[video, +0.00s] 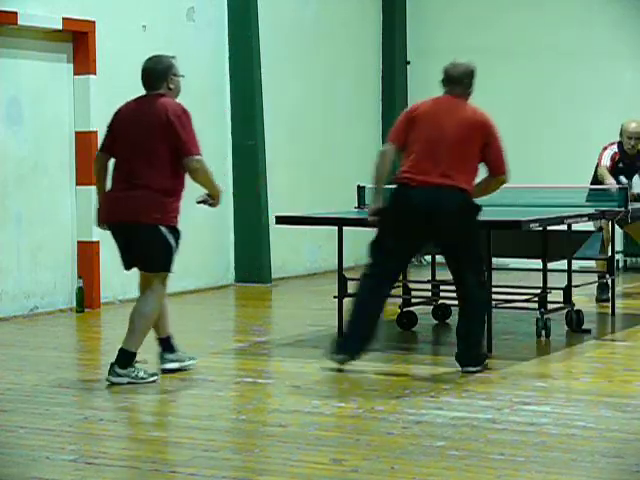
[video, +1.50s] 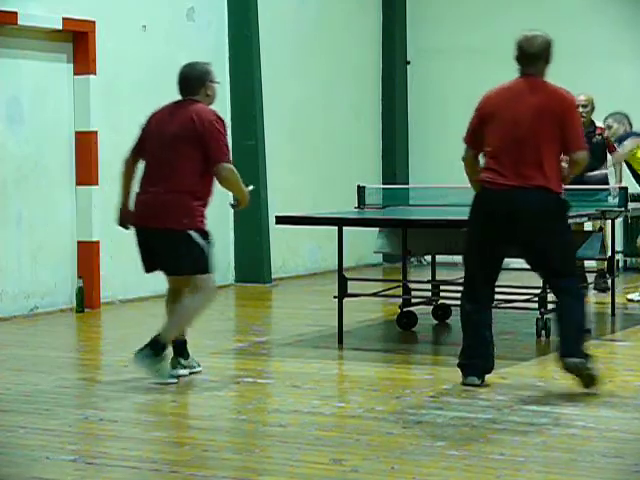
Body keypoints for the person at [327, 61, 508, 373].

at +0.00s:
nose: (461, 89)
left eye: (456, 82)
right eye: (466, 85)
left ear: (444, 83)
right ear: (470, 86)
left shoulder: (418, 110)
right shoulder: (481, 122)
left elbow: (387, 152)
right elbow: (498, 177)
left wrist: (377, 198)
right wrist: (466, 194)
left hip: (408, 204)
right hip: (453, 208)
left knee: (380, 273)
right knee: (471, 282)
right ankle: (470, 358)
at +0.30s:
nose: (440, 102)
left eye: (439, 98)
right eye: (440, 98)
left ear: (409, 95)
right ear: (436, 98)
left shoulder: (381, 121)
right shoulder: (436, 125)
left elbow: (351, 169)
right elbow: (447, 173)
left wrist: (354, 209)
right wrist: (456, 206)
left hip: (365, 208)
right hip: (408, 211)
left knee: (351, 278)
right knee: (443, 277)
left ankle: (318, 349)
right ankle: (463, 353)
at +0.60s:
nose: (495, 122)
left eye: (496, 116)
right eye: (494, 116)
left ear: (473, 108)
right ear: (483, 114)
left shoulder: (445, 125)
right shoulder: (455, 136)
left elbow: (453, 191)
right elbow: (458, 198)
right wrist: (503, 204)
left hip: (370, 197)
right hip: (398, 208)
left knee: (352, 274)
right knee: (438, 275)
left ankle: (306, 341)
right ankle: (450, 356)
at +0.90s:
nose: (529, 112)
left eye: (530, 106)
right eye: (531, 107)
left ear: (501, 95)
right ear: (527, 109)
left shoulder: (466, 111)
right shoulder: (512, 146)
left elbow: (423, 145)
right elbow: (495, 203)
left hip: (407, 192)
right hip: (443, 211)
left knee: (397, 259)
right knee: (472, 281)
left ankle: (359, 324)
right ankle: (453, 357)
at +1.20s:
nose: (515, 56)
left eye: (500, 50)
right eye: (515, 51)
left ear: (484, 52)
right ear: (515, 53)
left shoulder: (460, 88)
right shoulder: (522, 92)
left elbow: (443, 138)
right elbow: (540, 147)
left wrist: (469, 155)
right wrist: (561, 147)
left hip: (453, 193)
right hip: (497, 196)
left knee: (461, 270)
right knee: (489, 274)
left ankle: (469, 352)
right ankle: (471, 354)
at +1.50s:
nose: (539, 65)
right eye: (544, 58)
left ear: (516, 60)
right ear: (547, 61)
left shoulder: (492, 99)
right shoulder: (562, 101)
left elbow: (470, 157)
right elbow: (580, 159)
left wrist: (483, 190)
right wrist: (563, 177)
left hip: (492, 204)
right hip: (542, 207)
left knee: (477, 287)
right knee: (568, 281)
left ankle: (473, 370)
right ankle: (573, 352)